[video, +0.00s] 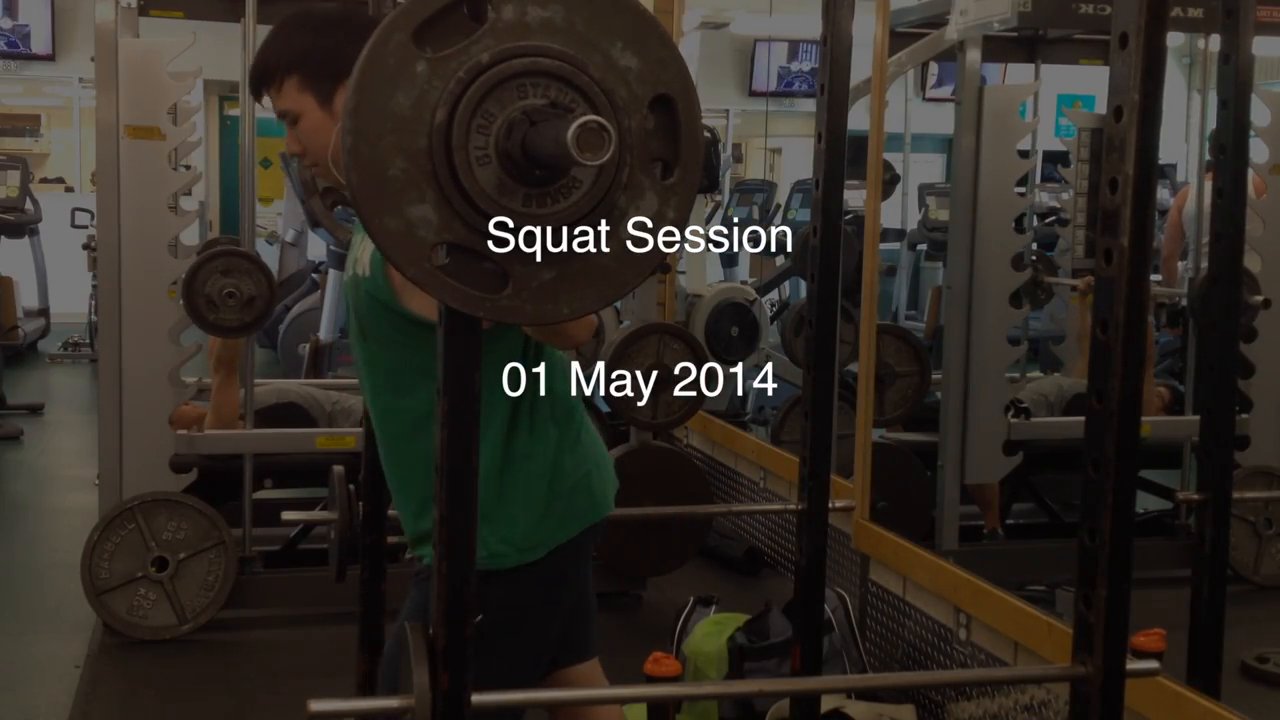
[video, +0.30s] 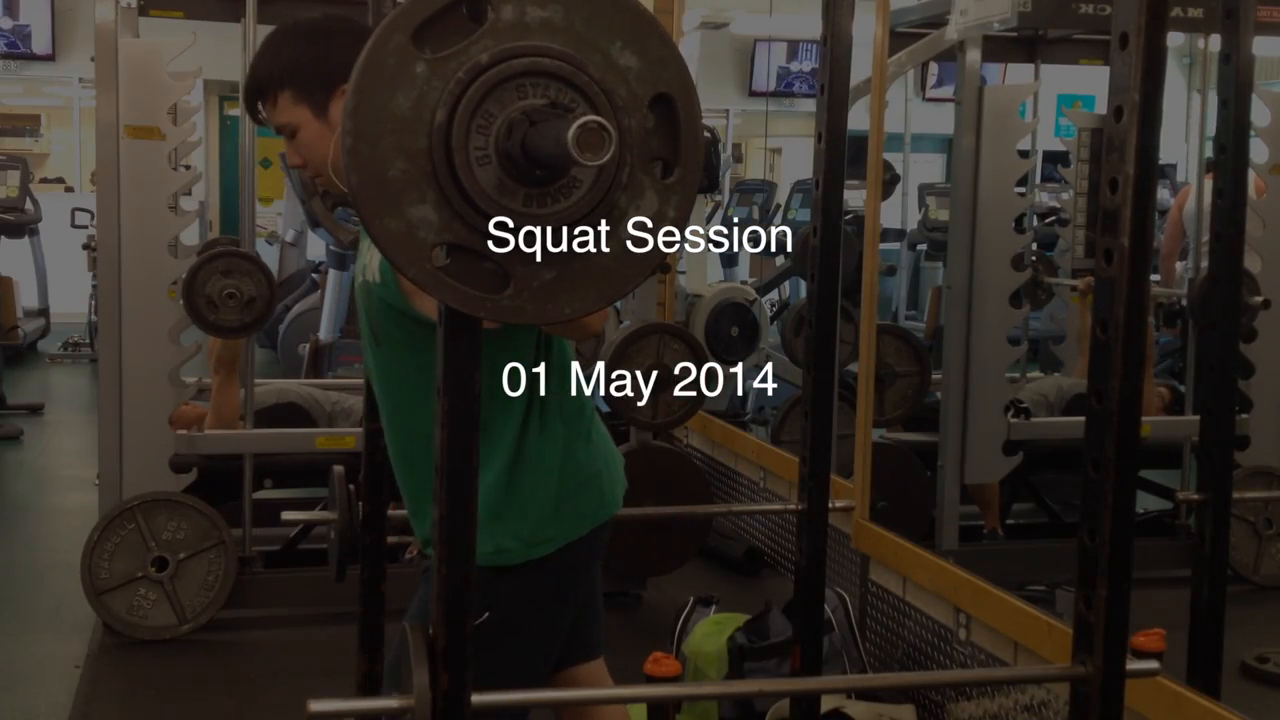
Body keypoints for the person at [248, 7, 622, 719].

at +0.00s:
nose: (291, 144)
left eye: (295, 120)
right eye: (285, 125)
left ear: (351, 101)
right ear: (343, 107)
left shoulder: (403, 228)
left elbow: (574, 327)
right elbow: (569, 325)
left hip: (500, 522)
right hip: (554, 493)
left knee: (439, 696)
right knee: (574, 674)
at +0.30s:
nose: (290, 155)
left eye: (292, 131)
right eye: (281, 139)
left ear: (347, 103)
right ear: (340, 108)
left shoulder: (405, 217)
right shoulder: (389, 220)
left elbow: (586, 320)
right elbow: (586, 319)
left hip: (512, 510)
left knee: (445, 689)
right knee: (579, 676)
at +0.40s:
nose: (289, 155)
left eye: (291, 131)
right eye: (280, 138)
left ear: (347, 103)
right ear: (342, 109)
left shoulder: (404, 215)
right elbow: (586, 318)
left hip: (509, 511)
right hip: (557, 489)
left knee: (455, 693)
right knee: (577, 676)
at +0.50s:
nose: (290, 157)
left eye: (291, 132)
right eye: (280, 140)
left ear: (347, 104)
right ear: (343, 110)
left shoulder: (403, 217)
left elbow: (588, 318)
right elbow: (588, 317)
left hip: (507, 515)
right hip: (557, 492)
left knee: (447, 695)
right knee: (578, 679)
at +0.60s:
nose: (289, 155)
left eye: (290, 131)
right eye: (280, 138)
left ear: (346, 103)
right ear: (341, 108)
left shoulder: (404, 217)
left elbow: (587, 318)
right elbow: (587, 317)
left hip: (506, 513)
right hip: (555, 492)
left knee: (450, 695)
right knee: (578, 678)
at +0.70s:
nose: (290, 154)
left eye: (291, 130)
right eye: (281, 137)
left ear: (347, 103)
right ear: (341, 109)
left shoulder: (406, 215)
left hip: (511, 509)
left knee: (457, 694)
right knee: (578, 678)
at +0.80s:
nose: (289, 156)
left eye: (292, 131)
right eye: (280, 139)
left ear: (348, 106)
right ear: (342, 110)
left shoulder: (408, 216)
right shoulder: (389, 221)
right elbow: (588, 319)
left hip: (515, 507)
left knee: (476, 693)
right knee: (581, 676)